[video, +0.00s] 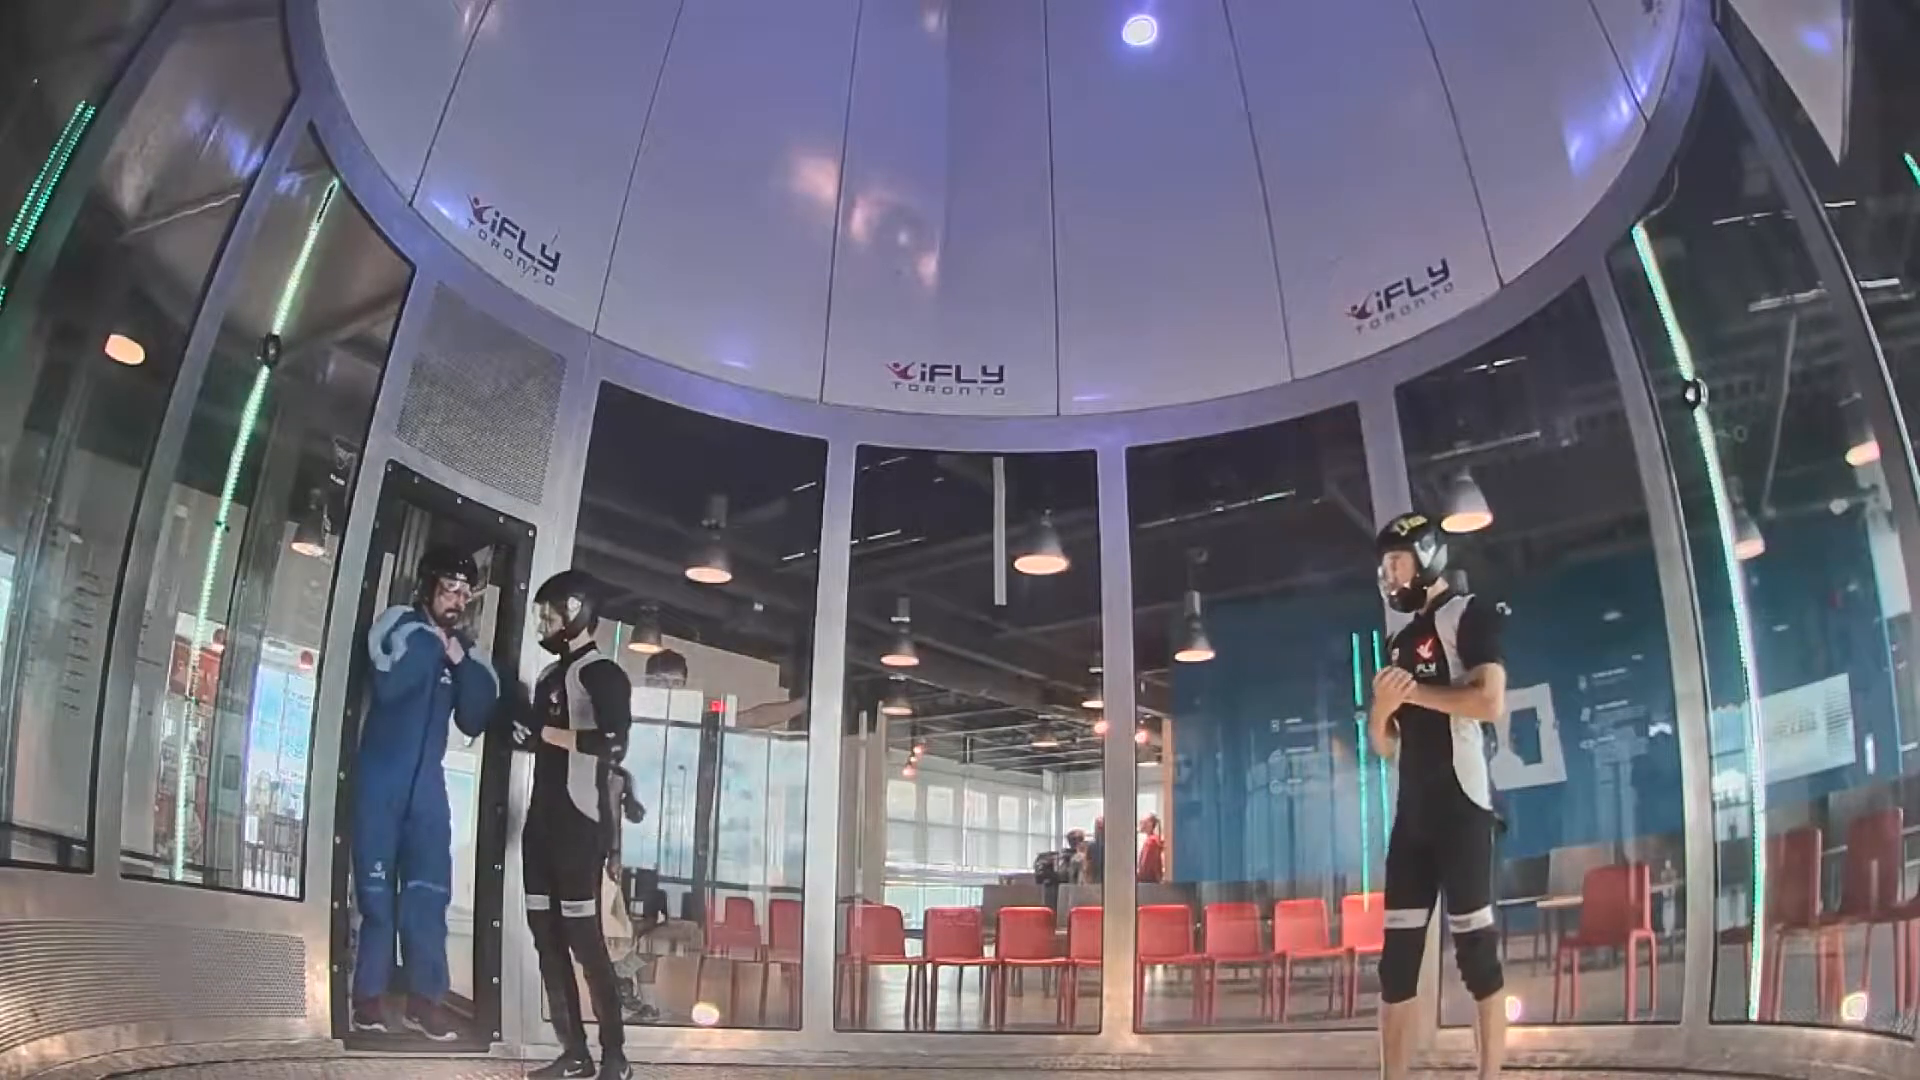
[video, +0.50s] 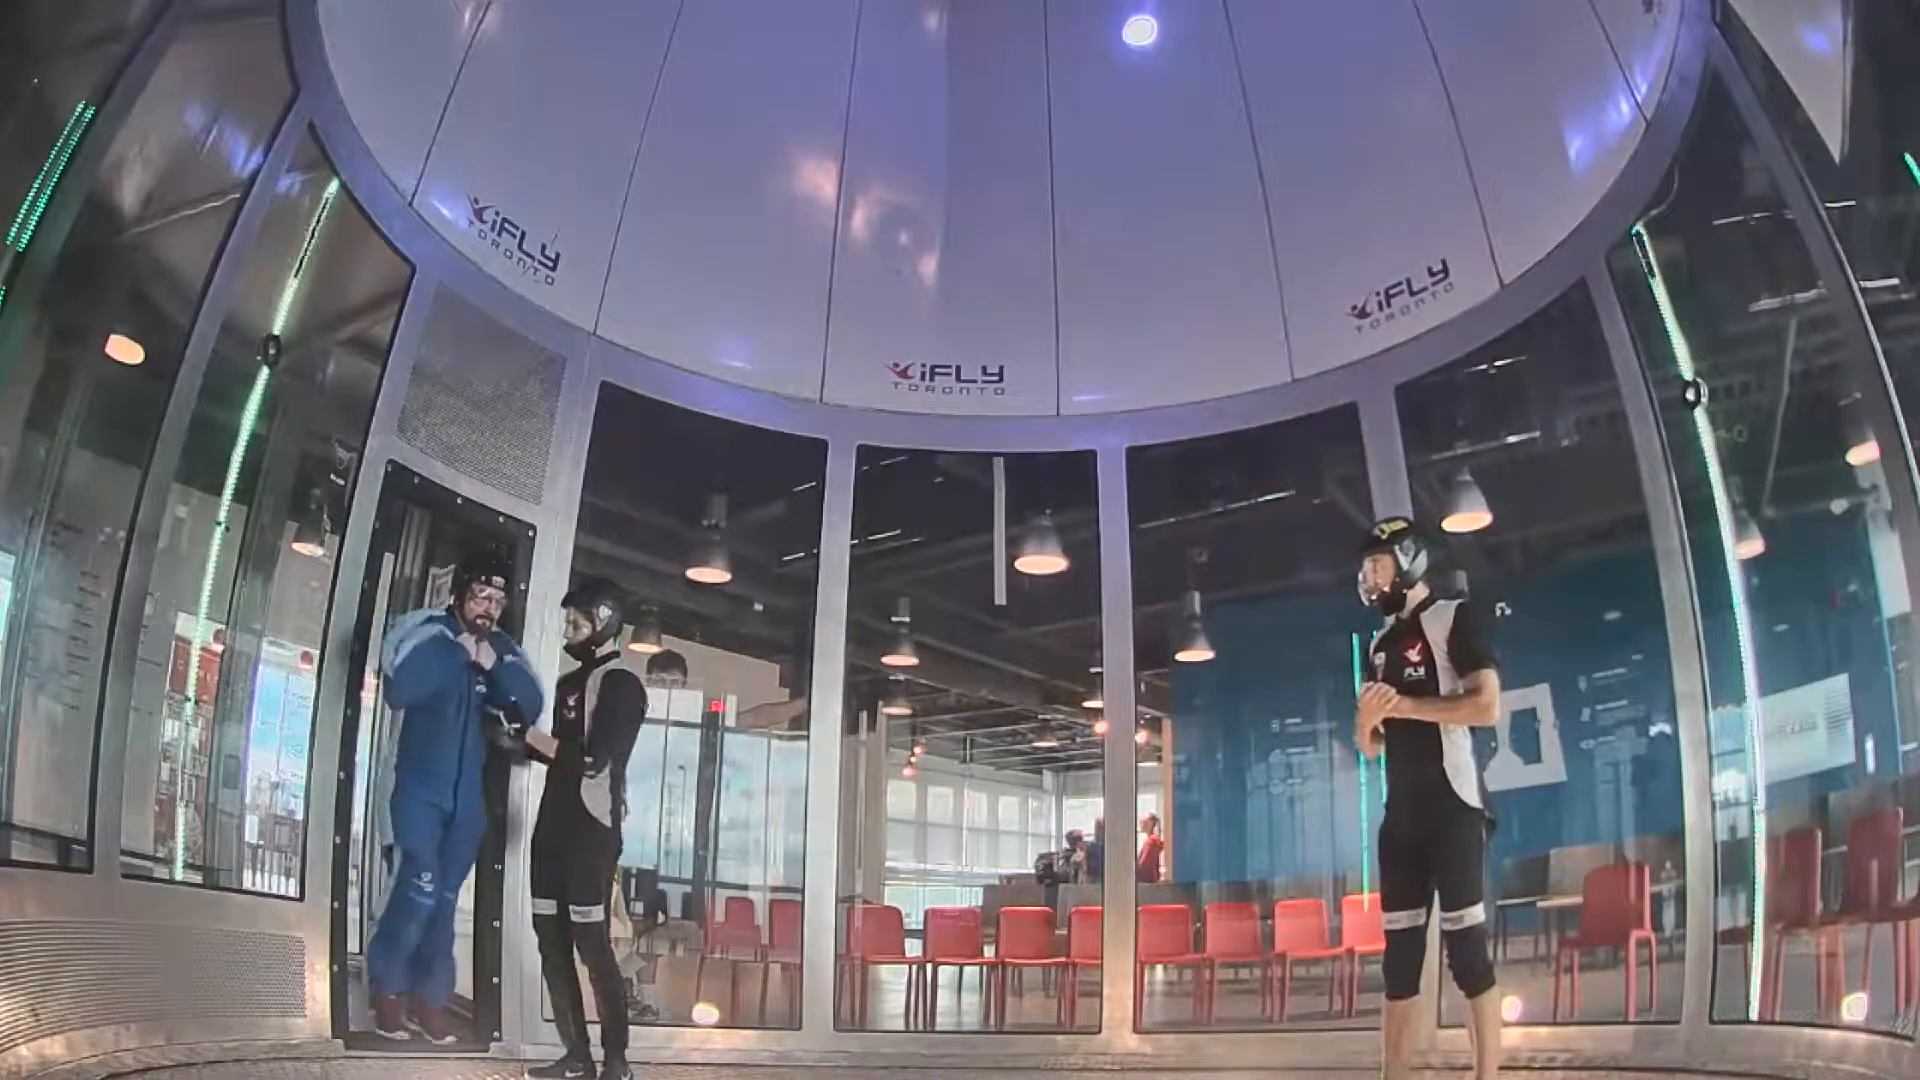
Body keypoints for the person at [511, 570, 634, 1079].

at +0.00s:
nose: (543, 624)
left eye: (550, 614)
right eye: (542, 614)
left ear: (578, 613)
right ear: (566, 615)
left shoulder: (605, 674)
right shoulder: (550, 678)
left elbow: (615, 746)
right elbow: (545, 739)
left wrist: (545, 732)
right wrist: (501, 720)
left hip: (581, 821)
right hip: (541, 818)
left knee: (584, 933)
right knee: (546, 931)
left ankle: (613, 1055)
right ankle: (575, 1052)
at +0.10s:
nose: (545, 625)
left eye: (552, 615)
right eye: (543, 615)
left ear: (579, 613)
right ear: (566, 615)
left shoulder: (605, 672)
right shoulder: (552, 676)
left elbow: (624, 743)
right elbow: (541, 737)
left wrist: (555, 740)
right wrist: (516, 737)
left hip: (581, 822)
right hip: (541, 819)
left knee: (584, 937)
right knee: (546, 935)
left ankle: (613, 1055)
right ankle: (575, 1053)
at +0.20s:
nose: (552, 624)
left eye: (560, 614)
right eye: (551, 615)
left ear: (587, 614)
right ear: (569, 617)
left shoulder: (612, 672)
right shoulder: (557, 678)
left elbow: (627, 748)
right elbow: (552, 744)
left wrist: (557, 746)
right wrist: (512, 746)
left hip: (586, 817)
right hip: (545, 813)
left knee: (587, 934)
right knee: (545, 930)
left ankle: (614, 1055)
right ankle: (575, 1052)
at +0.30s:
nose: (556, 626)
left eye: (565, 617)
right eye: (555, 617)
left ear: (592, 617)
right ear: (568, 618)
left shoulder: (613, 674)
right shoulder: (560, 678)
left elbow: (623, 753)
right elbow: (555, 749)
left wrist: (563, 752)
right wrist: (507, 745)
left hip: (589, 818)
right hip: (547, 812)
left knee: (589, 934)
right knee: (547, 930)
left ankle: (615, 1056)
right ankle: (575, 1052)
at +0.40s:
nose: (564, 627)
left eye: (574, 619)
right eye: (563, 619)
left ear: (601, 622)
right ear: (571, 622)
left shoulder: (620, 681)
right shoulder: (565, 681)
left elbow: (607, 765)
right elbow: (565, 754)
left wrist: (541, 748)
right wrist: (524, 747)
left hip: (591, 822)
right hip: (551, 817)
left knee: (591, 939)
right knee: (551, 939)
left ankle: (615, 1057)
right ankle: (576, 1054)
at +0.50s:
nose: (569, 630)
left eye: (579, 622)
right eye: (567, 621)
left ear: (607, 622)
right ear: (571, 624)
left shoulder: (623, 682)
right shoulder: (568, 683)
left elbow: (598, 761)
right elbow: (564, 756)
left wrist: (541, 741)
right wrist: (521, 742)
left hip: (592, 829)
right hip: (551, 824)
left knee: (592, 941)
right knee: (552, 939)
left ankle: (615, 1059)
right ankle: (577, 1054)